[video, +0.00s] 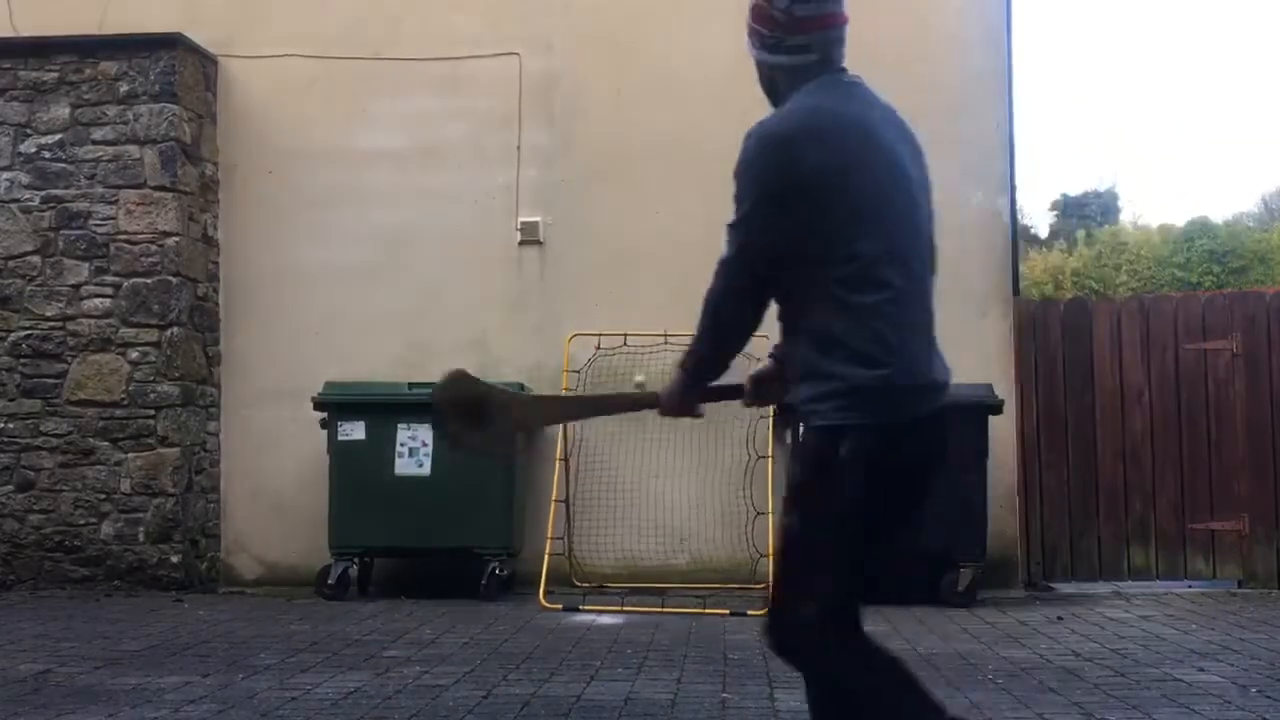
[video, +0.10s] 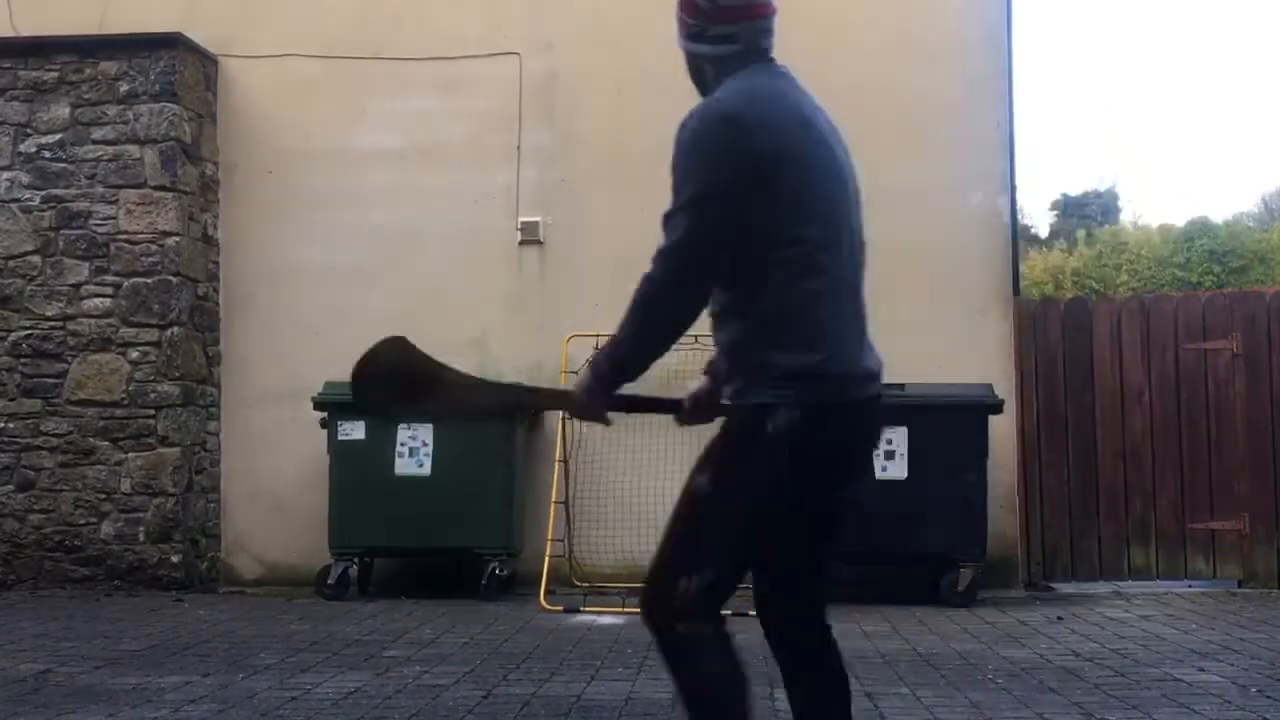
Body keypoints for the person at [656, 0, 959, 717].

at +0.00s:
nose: (757, 69)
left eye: (758, 55)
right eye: (759, 53)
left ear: (765, 56)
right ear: (836, 45)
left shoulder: (781, 137)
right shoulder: (886, 124)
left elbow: (743, 278)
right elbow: (879, 276)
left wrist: (691, 378)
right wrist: (793, 360)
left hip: (843, 415)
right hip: (909, 401)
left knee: (801, 627)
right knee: (826, 619)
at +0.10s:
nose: (685, 50)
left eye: (685, 35)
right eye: (690, 34)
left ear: (691, 38)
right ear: (762, 33)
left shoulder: (719, 122)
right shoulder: (796, 109)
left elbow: (679, 274)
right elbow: (795, 274)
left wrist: (605, 372)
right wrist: (724, 375)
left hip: (781, 407)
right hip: (845, 398)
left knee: (677, 601)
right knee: (793, 607)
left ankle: (725, 716)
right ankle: (827, 719)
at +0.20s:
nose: (648, 42)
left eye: (650, 27)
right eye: (654, 27)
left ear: (657, 32)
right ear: (728, 28)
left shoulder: (688, 115)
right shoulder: (760, 106)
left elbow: (666, 269)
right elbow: (755, 281)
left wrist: (586, 383)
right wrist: (686, 386)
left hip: (733, 416)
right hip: (802, 406)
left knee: (649, 617)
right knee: (773, 613)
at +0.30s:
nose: (597, 31)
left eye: (598, 19)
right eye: (601, 19)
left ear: (609, 27)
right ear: (679, 26)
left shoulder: (655, 114)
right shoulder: (702, 102)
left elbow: (692, 265)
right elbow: (700, 280)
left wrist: (648, 408)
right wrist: (624, 396)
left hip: (676, 412)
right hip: (726, 411)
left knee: (577, 630)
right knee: (669, 622)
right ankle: (757, 713)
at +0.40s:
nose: (548, 71)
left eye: (548, 55)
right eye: (550, 53)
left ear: (556, 58)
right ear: (618, 41)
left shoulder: (636, 128)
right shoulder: (612, 128)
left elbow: (755, 263)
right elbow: (602, 291)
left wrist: (769, 386)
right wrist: (548, 400)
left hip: (612, 423)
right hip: (592, 418)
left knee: (514, 629)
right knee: (527, 623)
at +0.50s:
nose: (525, 74)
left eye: (525, 57)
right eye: (525, 57)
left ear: (538, 58)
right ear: (595, 44)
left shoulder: (625, 135)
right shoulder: (587, 131)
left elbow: (743, 266)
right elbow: (588, 295)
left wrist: (756, 383)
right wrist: (525, 401)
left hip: (591, 425)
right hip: (555, 417)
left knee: (503, 635)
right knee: (471, 623)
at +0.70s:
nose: (469, 74)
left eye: (470, 57)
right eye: (469, 58)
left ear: (485, 59)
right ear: (546, 45)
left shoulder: (584, 135)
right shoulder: (525, 138)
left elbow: (688, 275)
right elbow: (524, 297)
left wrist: (689, 389)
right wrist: (464, 404)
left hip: (539, 422)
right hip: (485, 415)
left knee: (479, 646)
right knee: (375, 610)